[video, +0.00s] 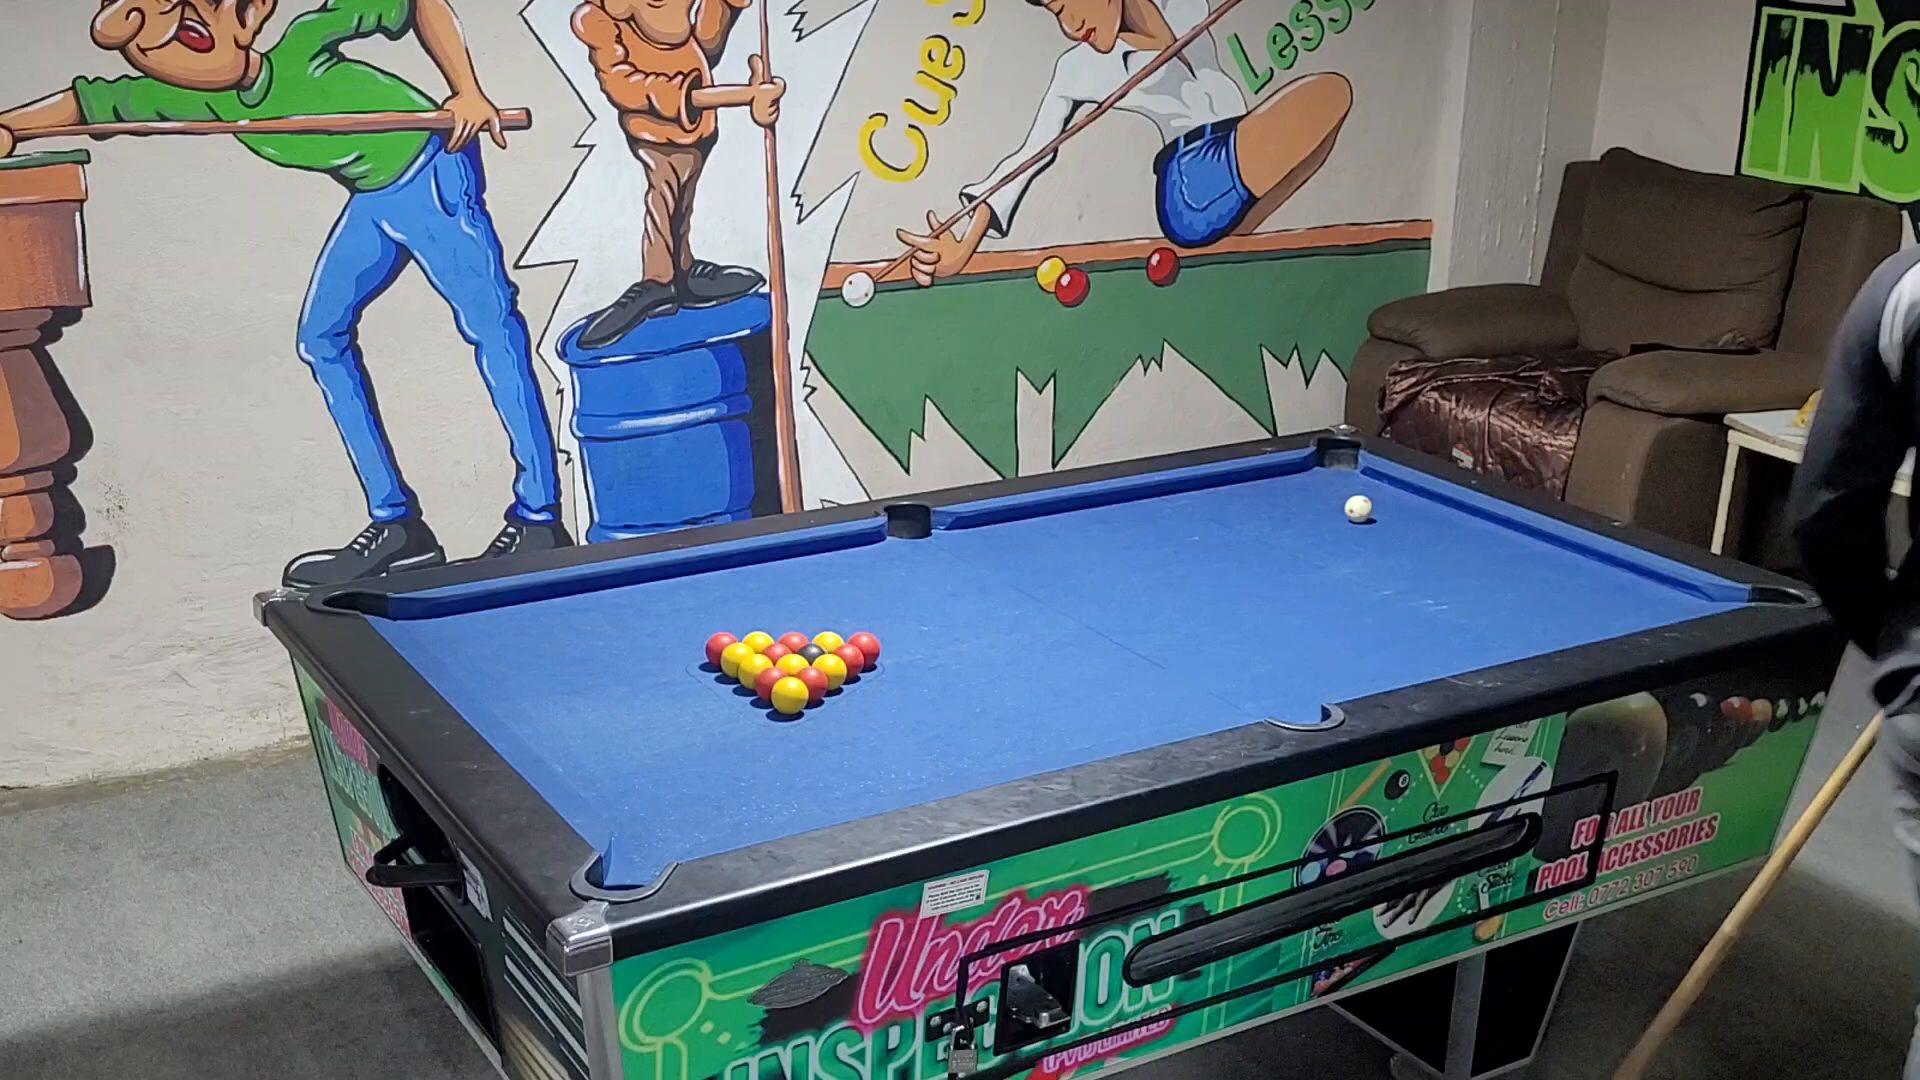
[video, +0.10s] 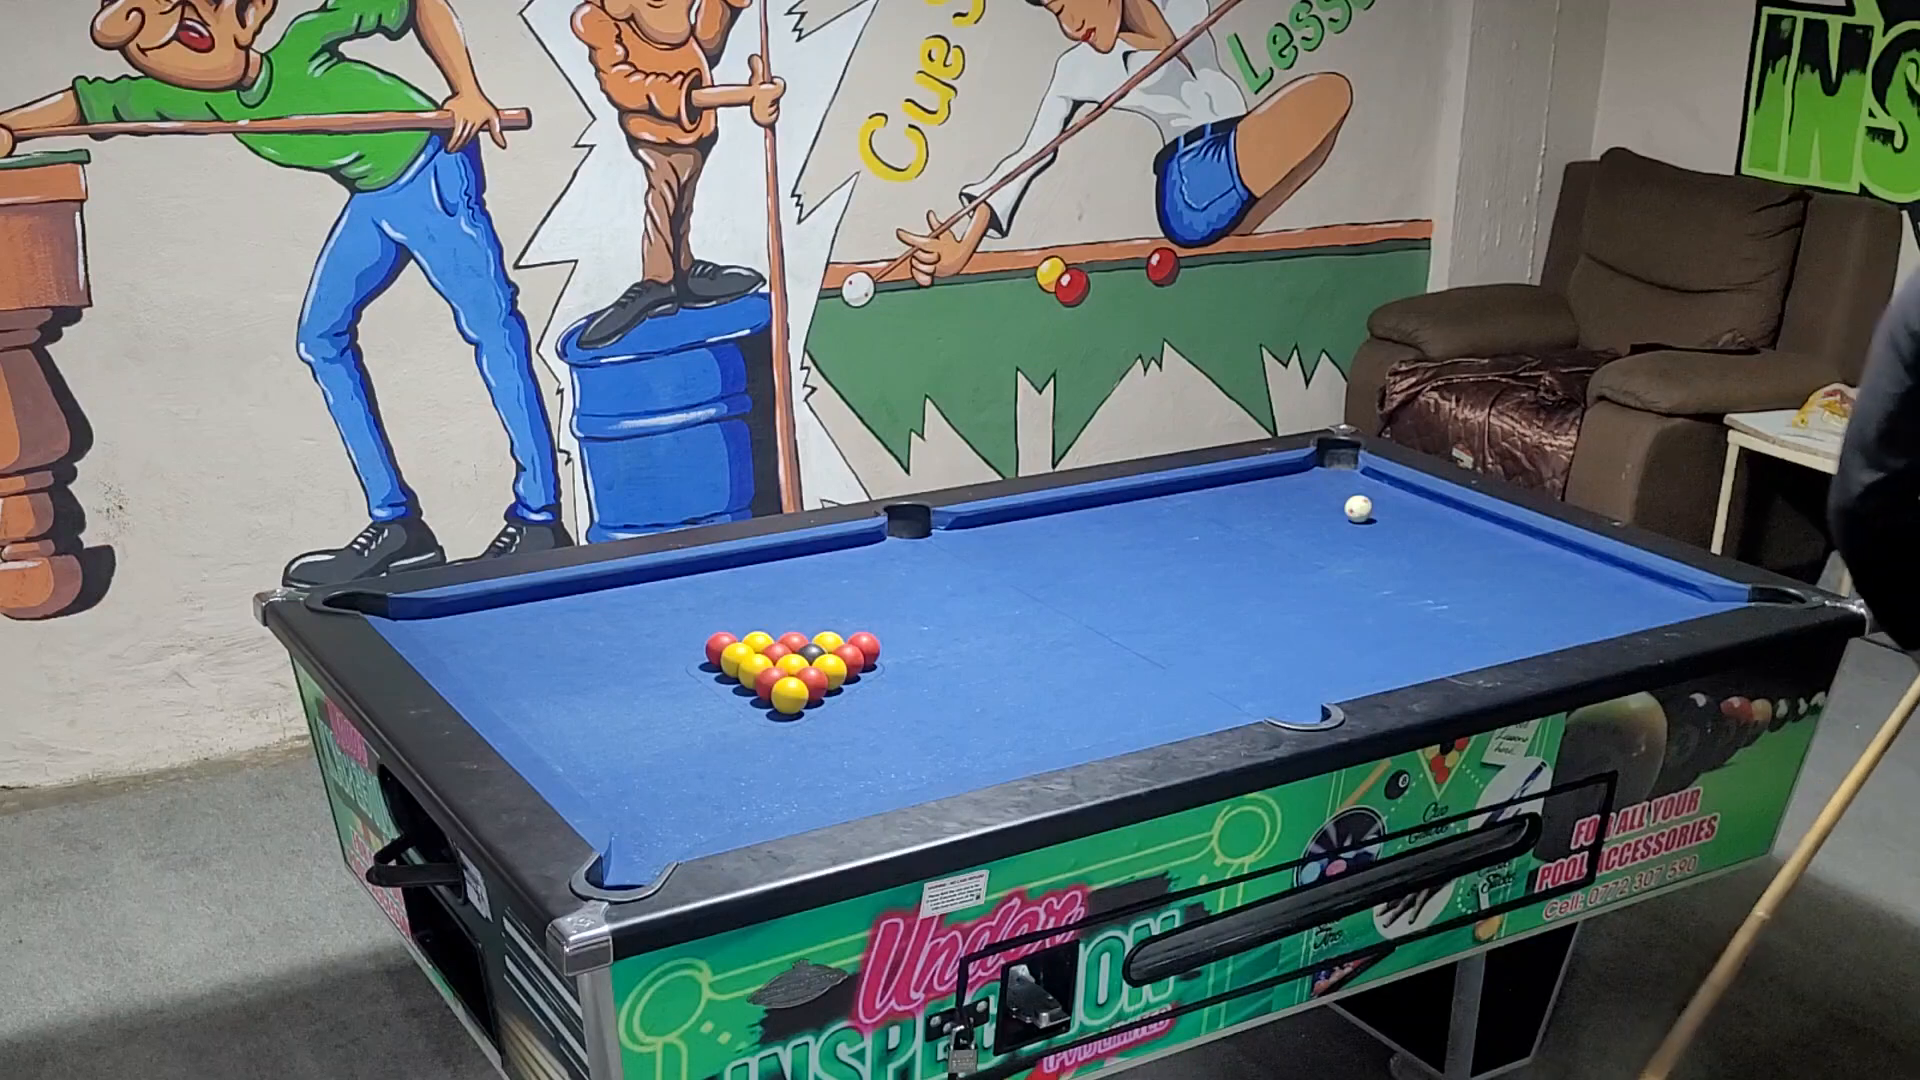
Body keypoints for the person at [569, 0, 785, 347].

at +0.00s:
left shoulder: (699, 6)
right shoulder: (598, 19)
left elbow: (707, 47)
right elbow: (624, 87)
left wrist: (730, 5)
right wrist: (746, 95)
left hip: (694, 89)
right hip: (644, 103)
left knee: (688, 173)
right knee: (665, 173)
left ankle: (682, 269)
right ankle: (657, 280)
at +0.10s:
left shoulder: (699, 6)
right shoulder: (598, 19)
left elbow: (707, 47)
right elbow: (624, 87)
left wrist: (730, 5)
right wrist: (746, 95)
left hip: (694, 88)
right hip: (644, 103)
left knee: (688, 173)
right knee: (666, 173)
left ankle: (682, 269)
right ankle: (657, 280)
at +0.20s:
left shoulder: (700, 6)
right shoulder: (598, 19)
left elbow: (707, 47)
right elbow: (624, 87)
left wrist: (730, 5)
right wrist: (746, 95)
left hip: (694, 89)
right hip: (645, 103)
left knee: (688, 173)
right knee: (666, 173)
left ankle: (682, 268)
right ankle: (657, 280)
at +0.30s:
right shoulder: (598, 20)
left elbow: (707, 47)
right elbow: (624, 87)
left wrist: (730, 5)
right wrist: (746, 95)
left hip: (694, 89)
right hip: (645, 103)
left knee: (688, 173)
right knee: (666, 173)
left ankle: (682, 268)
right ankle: (657, 280)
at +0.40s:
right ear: (617, 5)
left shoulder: (699, 6)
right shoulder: (598, 20)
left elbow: (707, 47)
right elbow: (624, 87)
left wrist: (730, 5)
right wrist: (746, 95)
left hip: (694, 88)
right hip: (645, 103)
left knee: (688, 173)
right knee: (666, 173)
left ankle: (682, 268)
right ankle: (657, 280)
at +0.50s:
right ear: (617, 5)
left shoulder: (699, 6)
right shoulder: (598, 20)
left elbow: (707, 47)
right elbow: (624, 88)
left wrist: (730, 5)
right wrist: (746, 95)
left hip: (694, 89)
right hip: (645, 103)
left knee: (688, 173)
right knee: (666, 173)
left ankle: (682, 268)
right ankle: (657, 279)